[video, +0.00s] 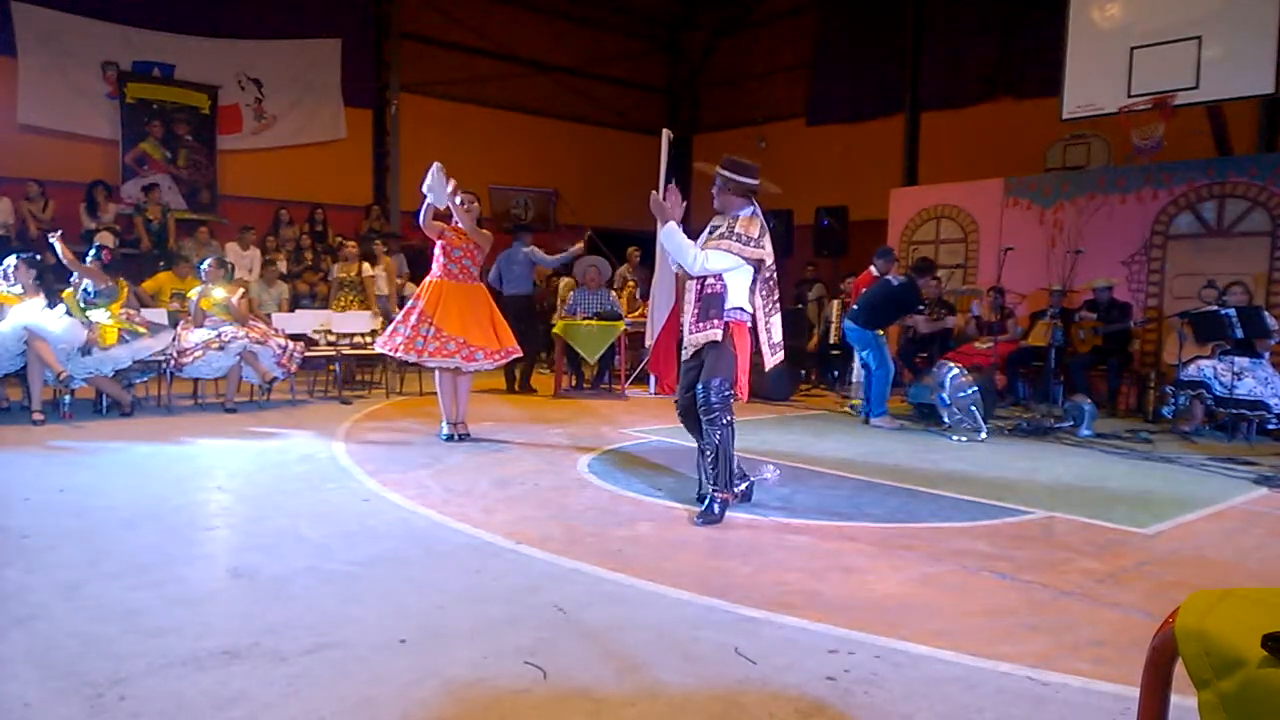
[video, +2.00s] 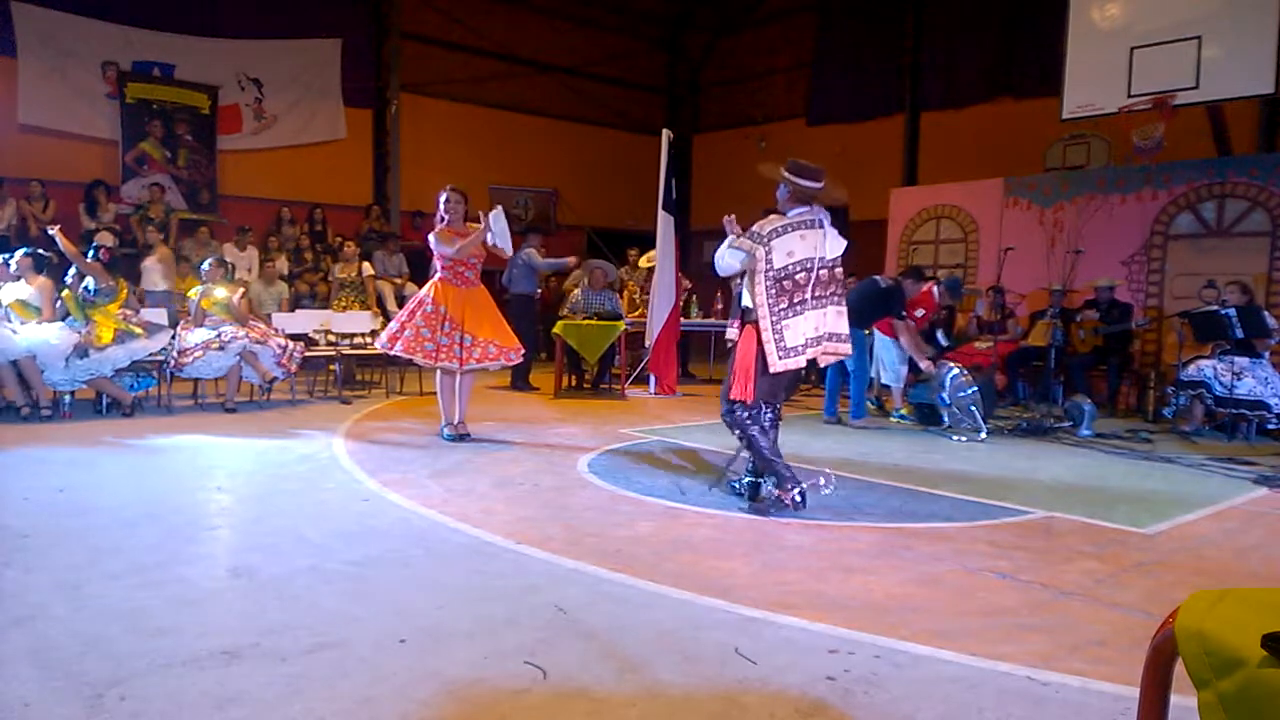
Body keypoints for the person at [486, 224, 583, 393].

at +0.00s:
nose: (531, 240)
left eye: (530, 237)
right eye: (530, 237)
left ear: (514, 238)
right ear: (526, 238)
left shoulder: (503, 256)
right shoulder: (529, 251)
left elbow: (491, 279)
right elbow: (550, 262)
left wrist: (506, 289)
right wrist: (573, 252)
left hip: (507, 299)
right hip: (525, 298)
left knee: (509, 339)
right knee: (532, 340)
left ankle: (510, 382)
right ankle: (525, 381)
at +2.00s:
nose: (541, 242)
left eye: (540, 238)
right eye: (539, 238)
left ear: (526, 239)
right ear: (533, 238)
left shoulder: (514, 257)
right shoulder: (529, 252)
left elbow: (505, 280)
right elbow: (540, 265)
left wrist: (521, 289)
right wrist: (566, 262)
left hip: (515, 298)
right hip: (525, 298)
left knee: (521, 338)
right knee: (528, 339)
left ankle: (518, 377)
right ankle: (521, 378)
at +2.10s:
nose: (541, 243)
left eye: (540, 239)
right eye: (539, 239)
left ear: (525, 240)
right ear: (532, 239)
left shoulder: (515, 257)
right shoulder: (530, 252)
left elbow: (505, 280)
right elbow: (541, 266)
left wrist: (519, 288)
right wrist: (564, 258)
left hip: (515, 298)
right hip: (526, 298)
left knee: (520, 338)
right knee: (528, 339)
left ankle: (517, 376)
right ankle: (522, 378)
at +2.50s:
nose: (541, 243)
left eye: (541, 239)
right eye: (539, 239)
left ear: (526, 240)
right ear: (533, 239)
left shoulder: (517, 257)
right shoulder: (532, 253)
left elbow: (507, 281)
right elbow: (543, 266)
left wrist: (530, 288)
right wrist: (567, 274)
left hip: (517, 298)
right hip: (528, 299)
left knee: (522, 338)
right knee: (530, 338)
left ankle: (517, 376)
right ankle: (522, 378)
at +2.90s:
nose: (543, 243)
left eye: (543, 239)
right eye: (541, 239)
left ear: (528, 240)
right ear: (534, 239)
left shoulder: (519, 256)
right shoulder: (532, 253)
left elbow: (507, 280)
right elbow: (542, 268)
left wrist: (527, 287)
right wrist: (567, 266)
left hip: (518, 298)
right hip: (528, 299)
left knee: (522, 338)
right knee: (529, 339)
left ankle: (517, 376)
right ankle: (522, 378)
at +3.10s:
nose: (543, 243)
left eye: (542, 240)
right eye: (541, 239)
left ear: (529, 239)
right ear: (535, 239)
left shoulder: (517, 256)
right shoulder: (532, 253)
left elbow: (507, 280)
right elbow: (543, 268)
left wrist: (529, 287)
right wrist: (569, 273)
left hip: (517, 298)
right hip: (528, 299)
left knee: (522, 338)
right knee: (529, 339)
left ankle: (517, 376)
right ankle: (522, 378)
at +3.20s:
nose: (543, 242)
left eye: (542, 239)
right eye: (541, 239)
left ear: (529, 239)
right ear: (535, 238)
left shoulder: (518, 256)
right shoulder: (532, 253)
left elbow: (507, 280)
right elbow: (542, 268)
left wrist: (527, 286)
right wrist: (568, 266)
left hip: (517, 298)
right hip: (528, 299)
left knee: (522, 338)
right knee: (529, 339)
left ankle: (517, 376)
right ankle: (522, 378)